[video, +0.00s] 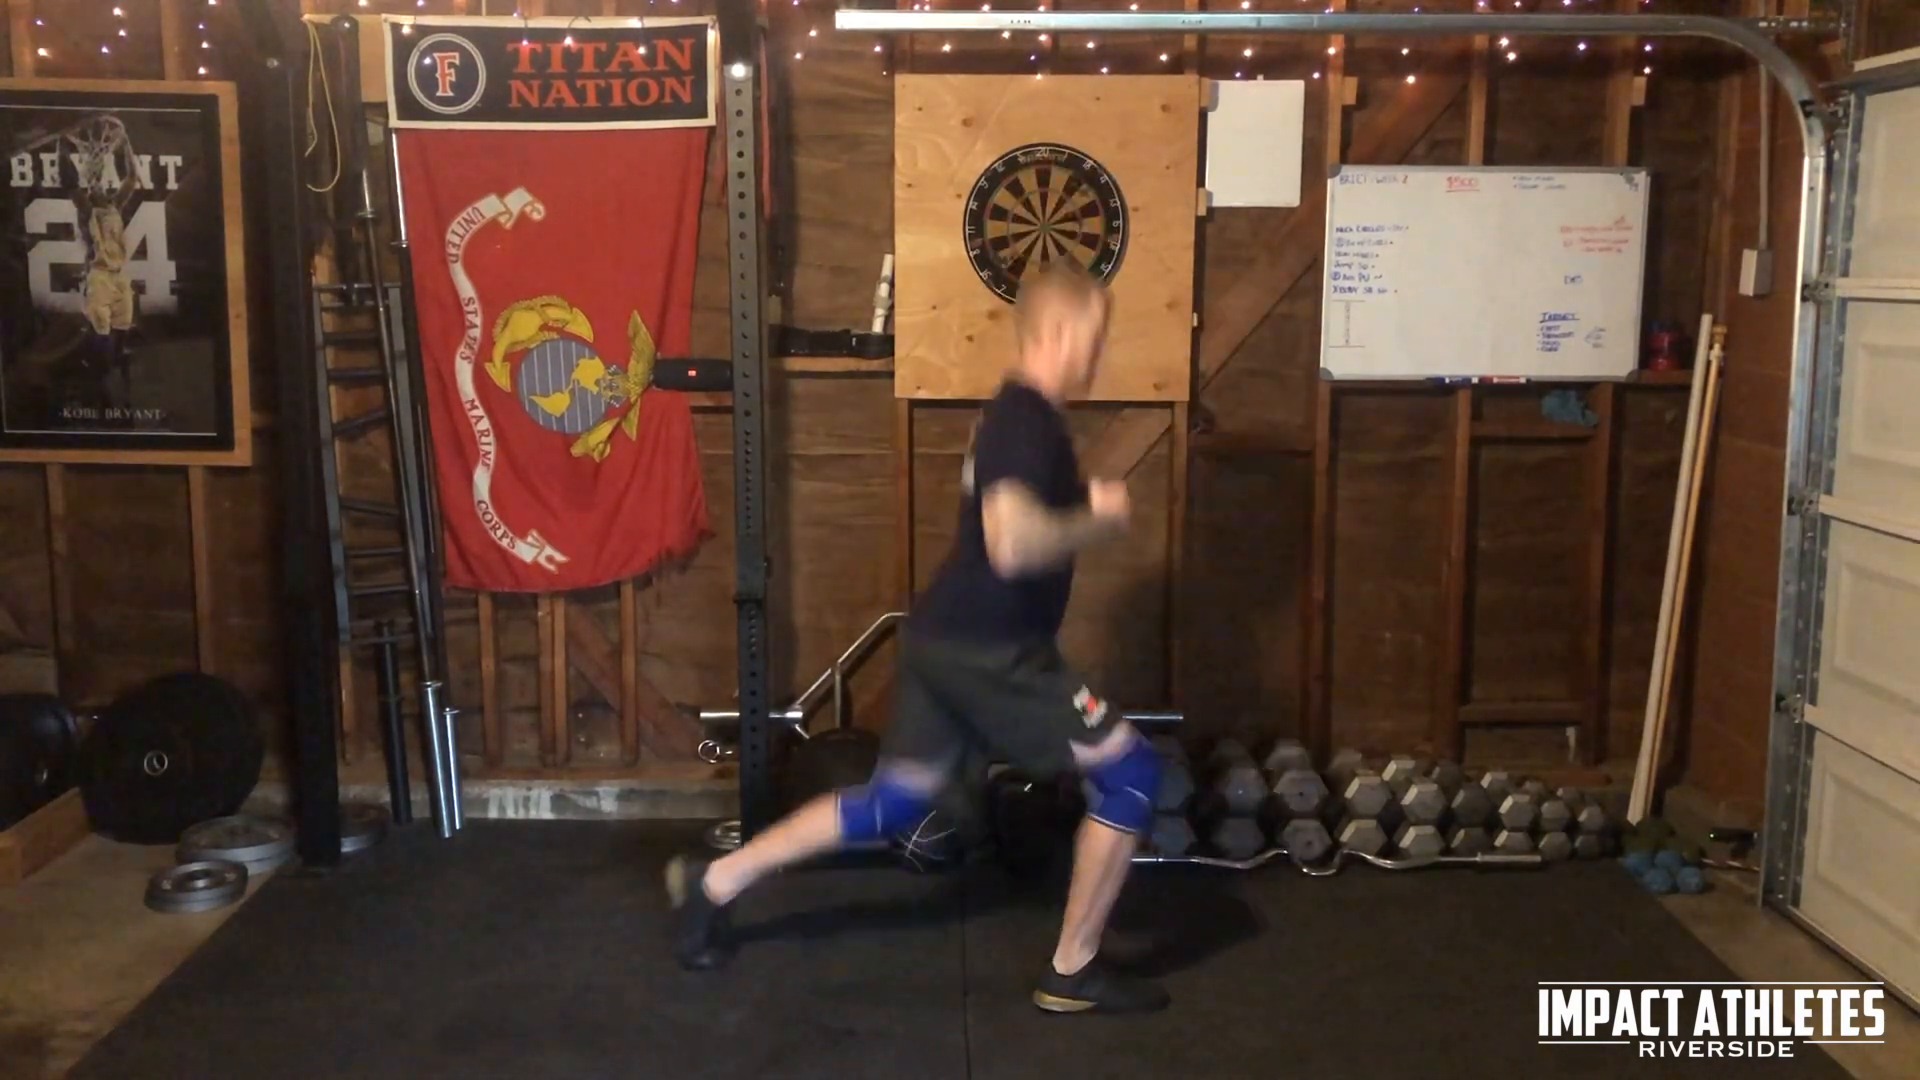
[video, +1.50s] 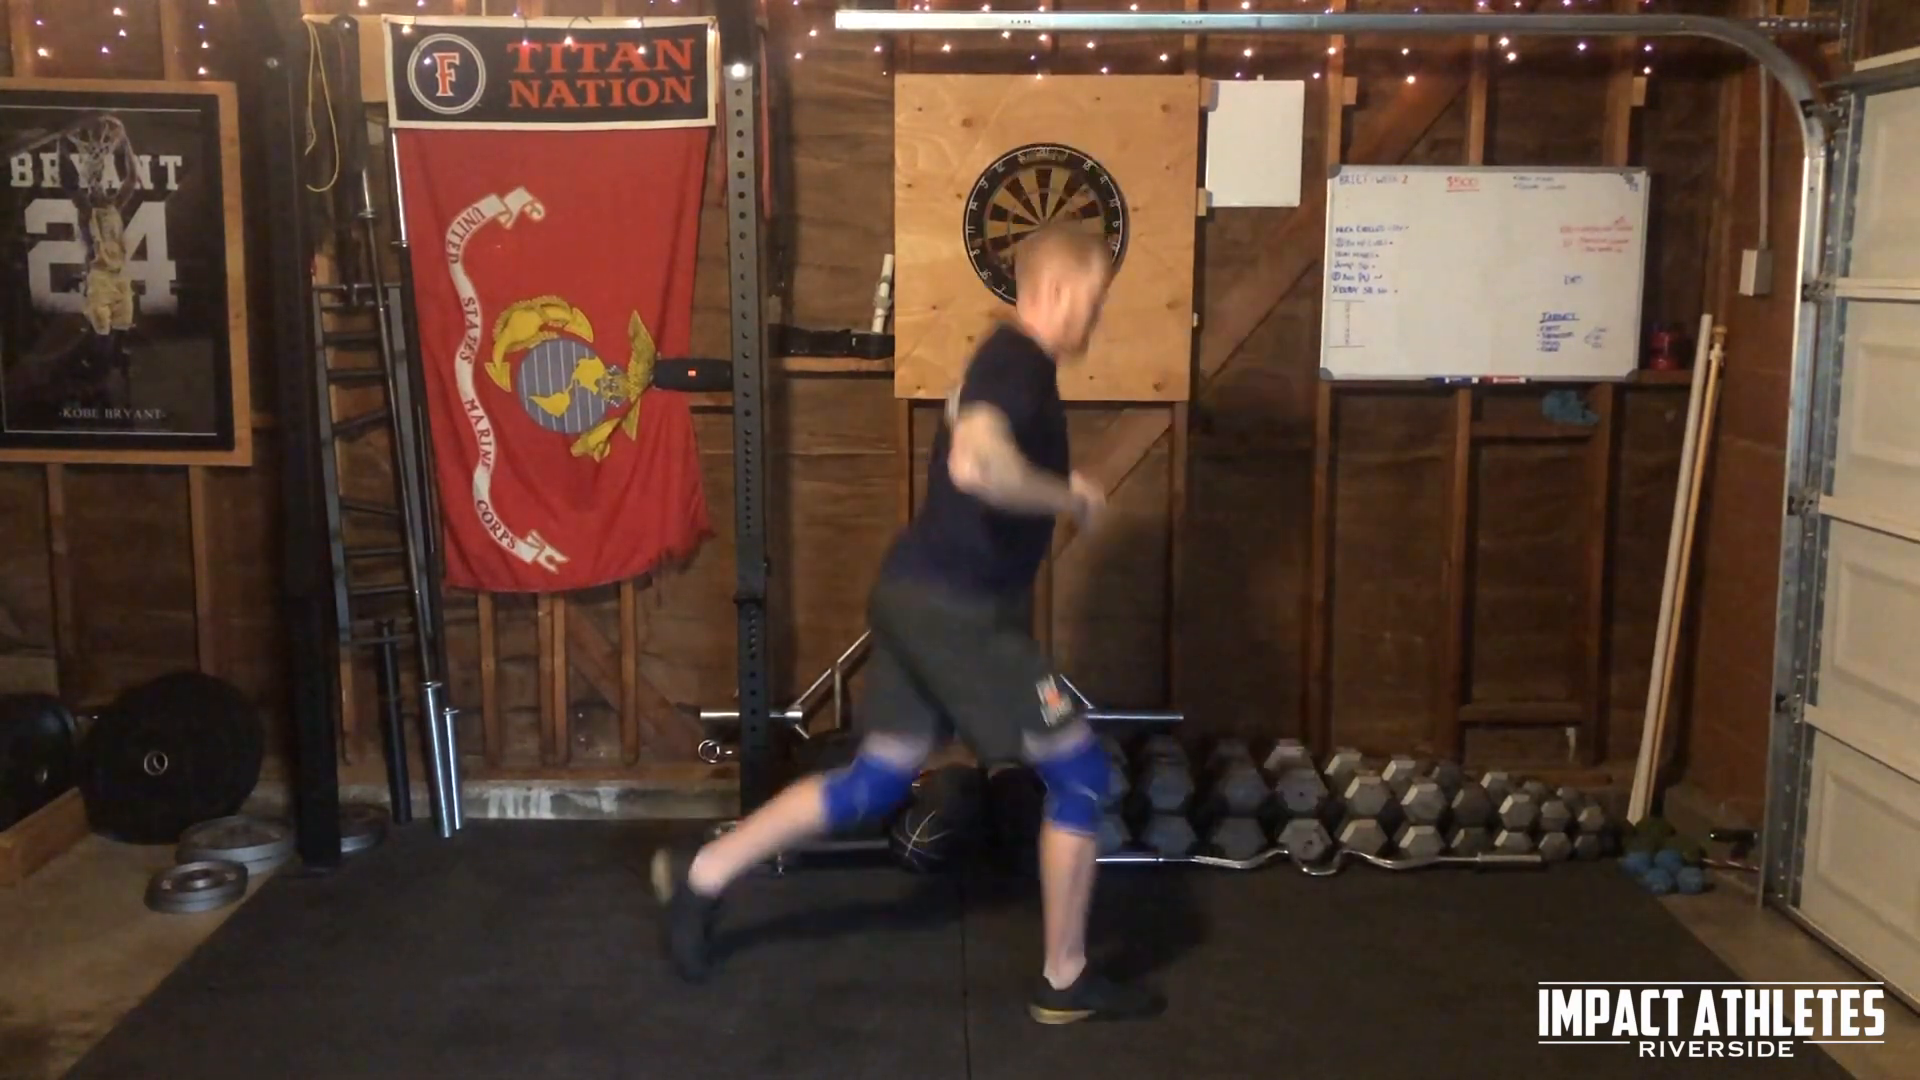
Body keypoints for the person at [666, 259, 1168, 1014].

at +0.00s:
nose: (1097, 351)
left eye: (1099, 335)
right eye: (1091, 335)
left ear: (1036, 334)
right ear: (1054, 335)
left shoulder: (1011, 413)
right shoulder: (1027, 421)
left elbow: (996, 518)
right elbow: (1011, 543)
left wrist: (1069, 503)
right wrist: (1095, 516)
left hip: (942, 639)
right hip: (989, 648)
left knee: (894, 802)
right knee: (1129, 775)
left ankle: (711, 883)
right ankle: (1073, 966)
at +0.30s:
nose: (1117, 217)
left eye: (1119, 200)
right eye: (1112, 198)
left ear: (1056, 190)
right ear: (1070, 189)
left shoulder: (1040, 268)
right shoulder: (1029, 266)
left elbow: (1016, 379)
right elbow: (1012, 388)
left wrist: (1090, 387)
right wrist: (1108, 397)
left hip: (1000, 512)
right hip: (970, 511)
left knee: (1004, 696)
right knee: (984, 705)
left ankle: (972, 881)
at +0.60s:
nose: (1102, 431)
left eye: (1103, 416)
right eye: (1096, 414)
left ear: (1046, 416)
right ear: (1052, 417)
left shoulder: (1018, 489)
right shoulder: (1019, 495)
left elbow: (1011, 607)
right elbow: (990, 626)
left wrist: (1076, 632)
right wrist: (1079, 646)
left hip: (1019, 711)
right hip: (953, 731)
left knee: (1146, 766)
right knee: (887, 929)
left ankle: (1079, 939)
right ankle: (669, 946)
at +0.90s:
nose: (1082, 473)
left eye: (1082, 459)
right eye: (1076, 458)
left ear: (1027, 459)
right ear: (1034, 459)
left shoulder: (1017, 534)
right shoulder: (1004, 540)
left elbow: (984, 658)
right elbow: (969, 672)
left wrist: (1058, 672)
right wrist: (1069, 677)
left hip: (1008, 754)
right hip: (947, 778)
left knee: (1144, 762)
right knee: (887, 972)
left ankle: (1079, 940)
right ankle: (675, 945)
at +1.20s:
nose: (1097, 245)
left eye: (1099, 229)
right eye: (1090, 226)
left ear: (1042, 226)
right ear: (1043, 221)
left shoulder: (1031, 304)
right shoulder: (1009, 295)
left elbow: (999, 406)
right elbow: (987, 405)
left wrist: (1059, 411)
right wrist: (1070, 416)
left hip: (995, 548)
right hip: (949, 546)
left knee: (1034, 713)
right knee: (944, 741)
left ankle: (1009, 892)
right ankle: (777, 896)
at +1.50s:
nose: (1098, 314)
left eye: (1100, 298)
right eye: (1093, 297)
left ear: (1041, 289)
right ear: (1053, 290)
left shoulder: (1010, 356)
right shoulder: (1014, 361)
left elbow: (961, 420)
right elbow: (978, 461)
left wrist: (1048, 484)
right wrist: (1070, 496)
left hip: (922, 599)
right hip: (951, 607)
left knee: (873, 782)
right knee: (1079, 769)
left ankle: (699, 873)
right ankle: (1066, 977)